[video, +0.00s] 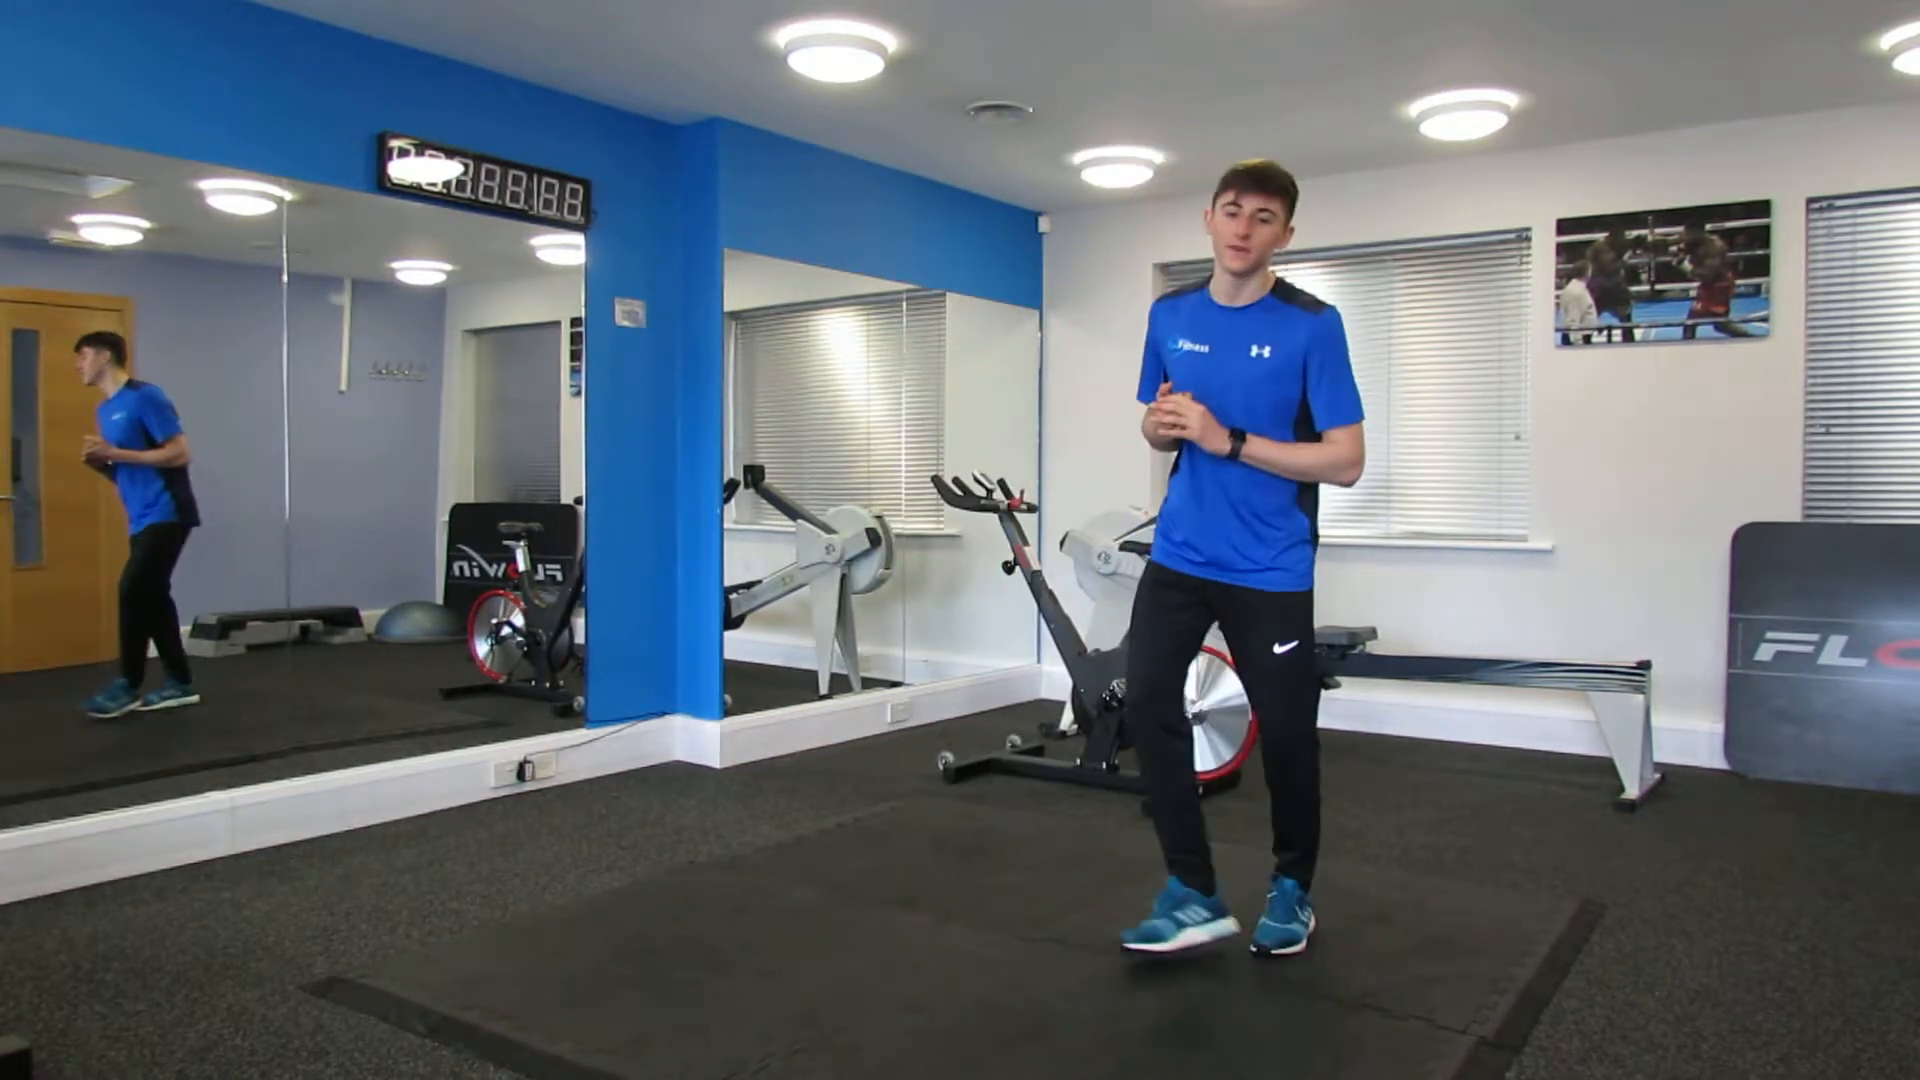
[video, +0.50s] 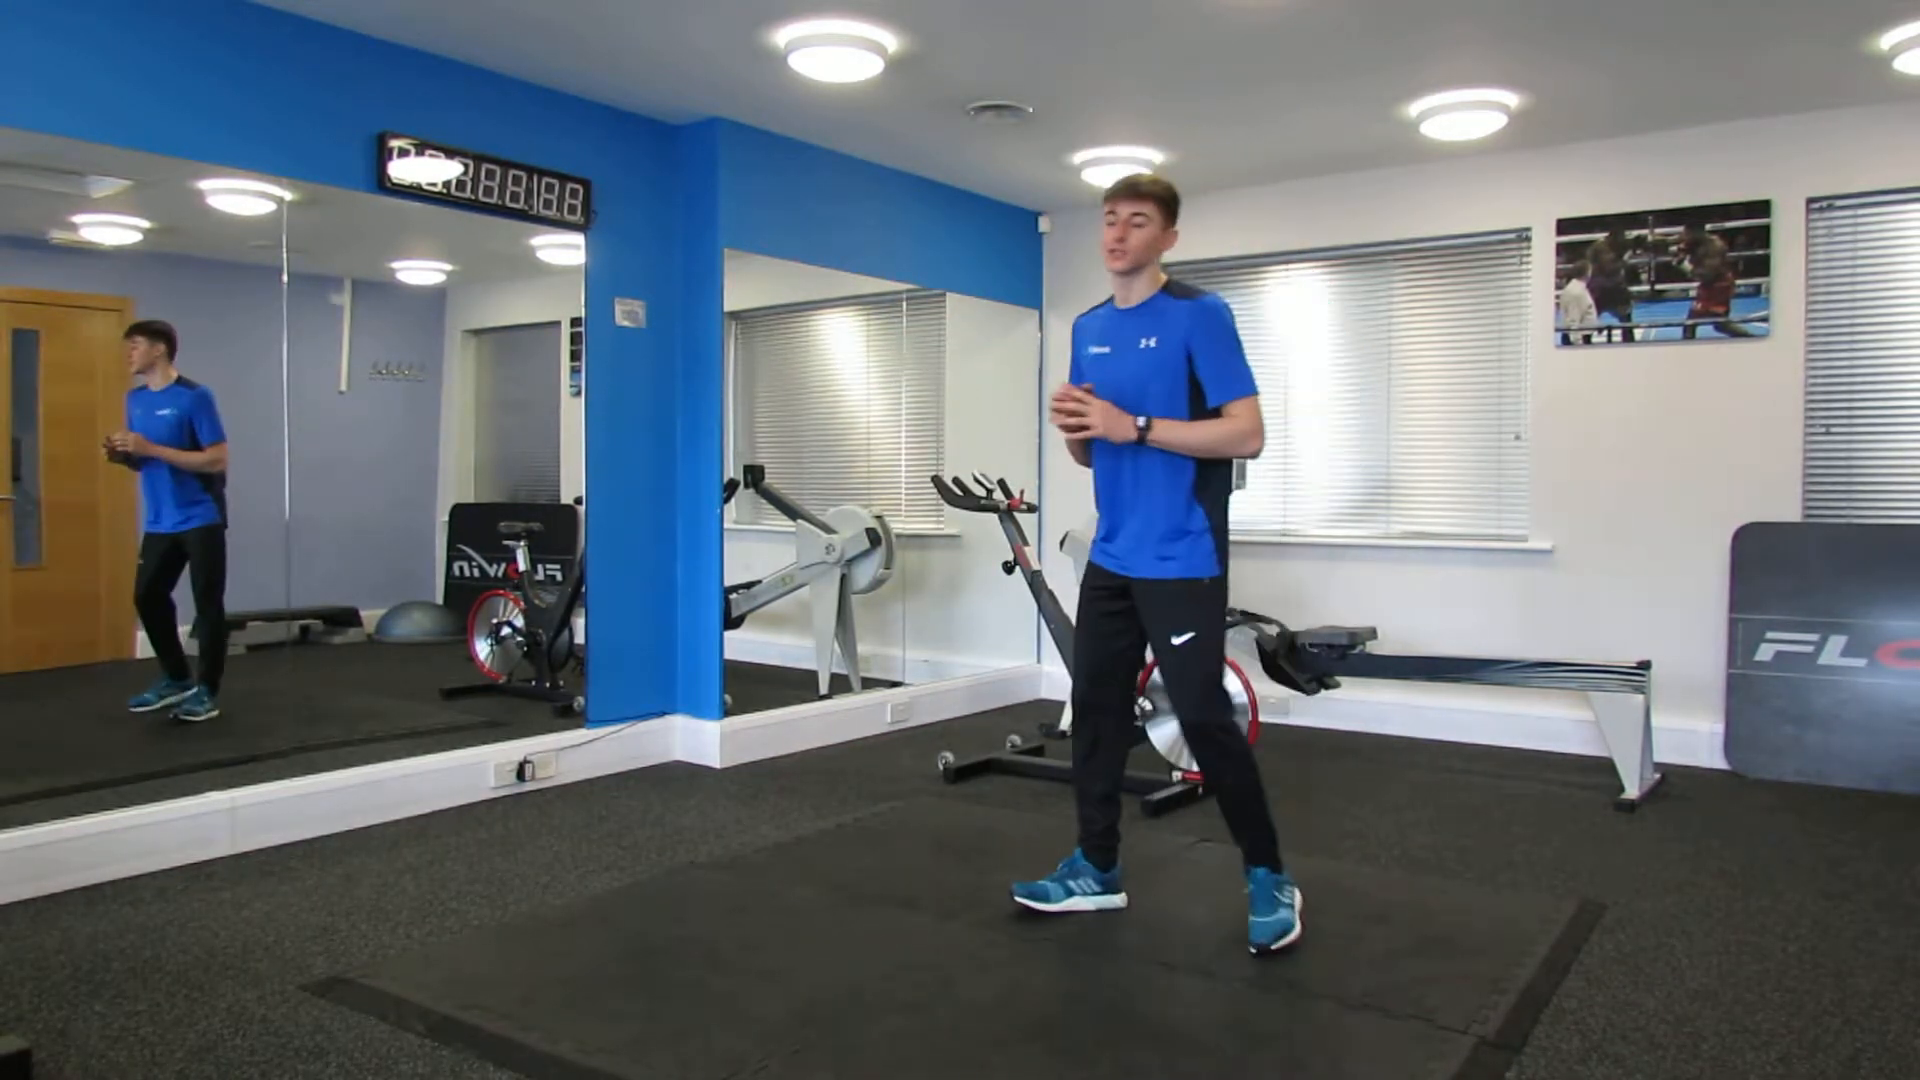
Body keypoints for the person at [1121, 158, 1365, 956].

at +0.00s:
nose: (1244, 227)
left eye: (1263, 217)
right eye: (1232, 211)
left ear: (1284, 235)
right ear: (1209, 222)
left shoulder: (1313, 326)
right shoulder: (1172, 315)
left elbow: (1347, 458)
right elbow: (1155, 429)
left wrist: (1231, 441)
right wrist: (1160, 427)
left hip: (1271, 568)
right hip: (1179, 557)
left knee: (1288, 732)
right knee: (1147, 705)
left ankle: (1291, 889)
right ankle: (1194, 891)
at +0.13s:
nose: (1227, 226)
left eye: (1246, 215)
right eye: (1217, 210)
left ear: (1270, 230)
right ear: (1194, 219)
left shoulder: (1302, 318)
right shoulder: (1160, 316)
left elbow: (1338, 443)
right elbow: (1146, 434)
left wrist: (1229, 431)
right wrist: (1161, 416)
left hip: (1263, 564)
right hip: (1172, 552)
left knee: (1284, 725)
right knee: (1127, 697)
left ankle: (1290, 886)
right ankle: (1133, 869)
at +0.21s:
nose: (1211, 223)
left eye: (1229, 213)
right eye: (1201, 209)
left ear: (1253, 230)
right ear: (1180, 221)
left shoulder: (1286, 318)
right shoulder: (1148, 319)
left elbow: (1325, 440)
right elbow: (1134, 438)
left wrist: (1217, 430)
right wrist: (1152, 418)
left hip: (1254, 563)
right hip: (1163, 551)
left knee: (1282, 720)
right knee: (1120, 698)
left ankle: (1291, 886)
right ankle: (1106, 864)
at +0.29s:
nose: (1189, 225)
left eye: (1207, 216)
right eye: (1179, 211)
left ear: (1230, 234)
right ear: (1159, 223)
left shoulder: (1264, 318)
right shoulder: (1131, 322)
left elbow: (1308, 438)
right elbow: (1119, 443)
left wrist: (1200, 429)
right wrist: (1134, 421)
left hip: (1237, 564)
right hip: (1150, 555)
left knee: (1272, 723)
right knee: (1112, 703)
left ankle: (1290, 885)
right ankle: (1102, 866)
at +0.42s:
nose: (1149, 226)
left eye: (1167, 218)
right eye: (1140, 214)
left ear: (1193, 237)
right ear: (1123, 230)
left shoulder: (1224, 318)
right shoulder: (1104, 327)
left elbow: (1273, 436)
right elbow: (1097, 450)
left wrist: (1161, 428)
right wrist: (1094, 427)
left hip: (1203, 563)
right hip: (1126, 559)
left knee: (1238, 719)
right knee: (1100, 706)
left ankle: (1282, 883)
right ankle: (1097, 865)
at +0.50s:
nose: (1118, 233)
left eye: (1135, 222)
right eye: (1111, 222)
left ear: (1169, 237)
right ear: (1100, 236)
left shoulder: (1200, 316)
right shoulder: (1090, 329)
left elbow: (1247, 435)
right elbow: (1086, 454)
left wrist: (1133, 427)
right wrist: (1069, 424)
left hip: (1183, 558)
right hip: (1112, 555)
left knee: (1206, 721)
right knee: (1095, 710)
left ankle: (1267, 879)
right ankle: (1096, 866)